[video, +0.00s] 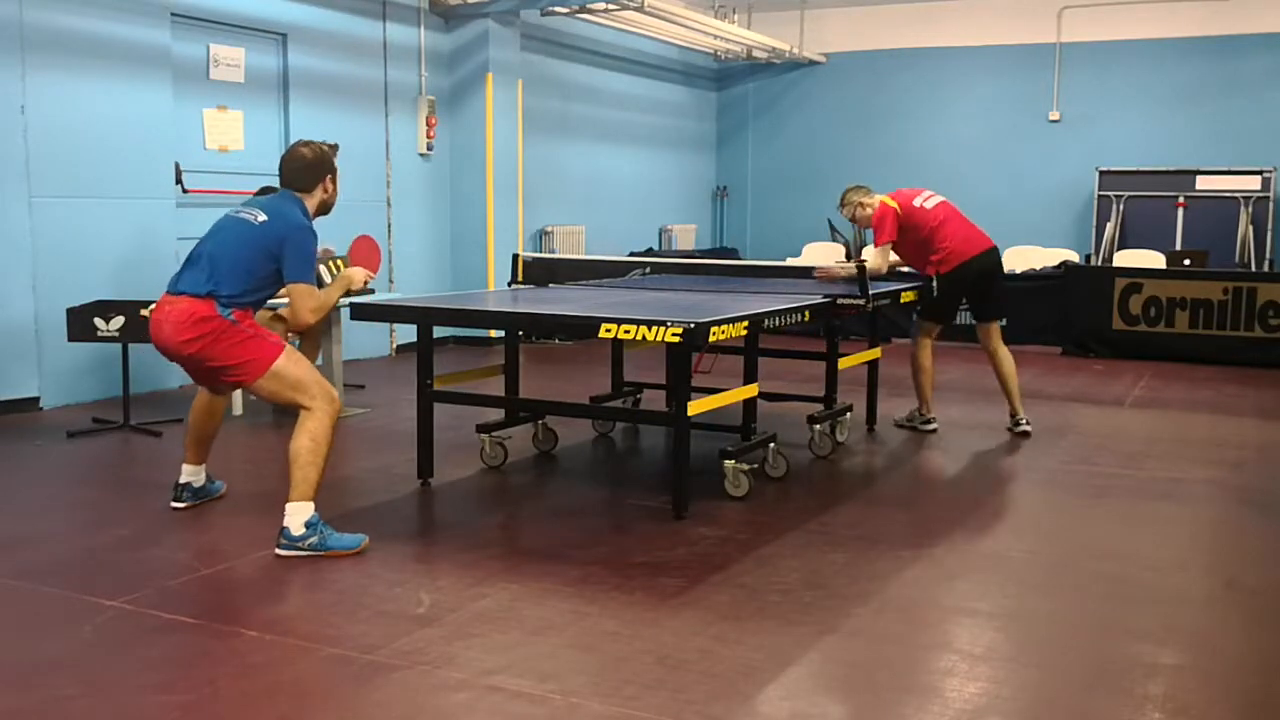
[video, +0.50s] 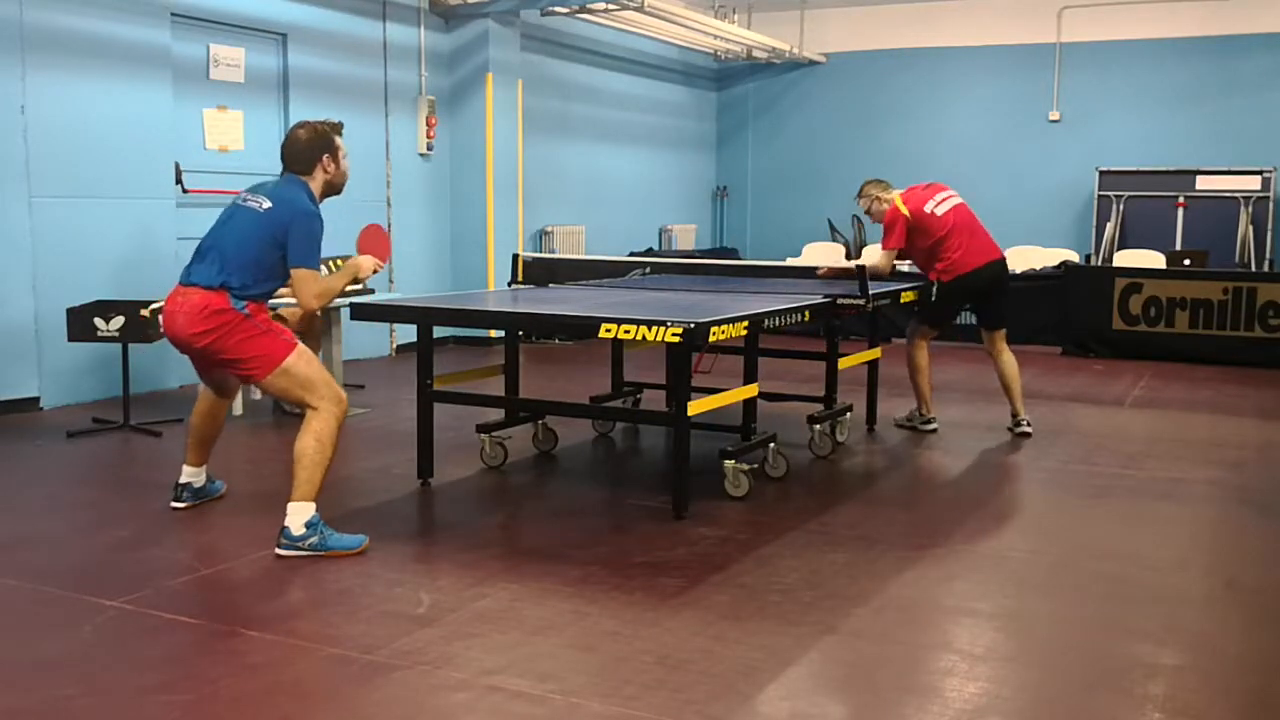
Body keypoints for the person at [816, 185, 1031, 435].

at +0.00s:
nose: (859, 226)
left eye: (855, 218)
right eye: (854, 222)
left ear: (863, 203)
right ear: (871, 196)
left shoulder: (884, 208)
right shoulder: (909, 196)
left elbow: (879, 267)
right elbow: (915, 254)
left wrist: (842, 272)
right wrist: (879, 263)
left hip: (952, 266)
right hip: (987, 254)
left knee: (923, 336)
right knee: (994, 341)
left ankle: (925, 412)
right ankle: (1019, 415)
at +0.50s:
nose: (873, 219)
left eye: (870, 212)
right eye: (868, 214)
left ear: (882, 197)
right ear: (889, 191)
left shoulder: (896, 210)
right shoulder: (931, 188)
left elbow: (882, 269)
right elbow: (925, 249)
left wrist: (844, 271)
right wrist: (892, 254)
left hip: (955, 276)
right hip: (994, 266)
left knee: (918, 338)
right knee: (998, 345)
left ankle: (924, 414)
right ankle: (1021, 417)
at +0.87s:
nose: (898, 173)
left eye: (899, 165)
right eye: (896, 167)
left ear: (915, 158)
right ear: (924, 155)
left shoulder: (918, 182)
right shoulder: (972, 161)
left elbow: (889, 225)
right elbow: (1014, 183)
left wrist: (861, 203)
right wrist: (980, 191)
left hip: (960, 269)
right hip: (999, 262)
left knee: (924, 336)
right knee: (1003, 342)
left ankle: (925, 412)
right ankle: (1021, 417)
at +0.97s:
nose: (905, 163)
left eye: (907, 156)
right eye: (904, 157)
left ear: (924, 151)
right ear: (933, 150)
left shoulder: (922, 177)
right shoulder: (979, 158)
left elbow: (887, 214)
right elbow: (1021, 179)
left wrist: (869, 188)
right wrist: (988, 184)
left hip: (962, 267)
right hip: (1002, 261)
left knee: (926, 335)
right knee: (1005, 341)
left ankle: (925, 412)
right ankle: (1021, 417)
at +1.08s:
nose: (909, 162)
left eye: (912, 155)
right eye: (909, 156)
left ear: (929, 151)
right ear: (939, 150)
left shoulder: (925, 178)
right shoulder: (982, 159)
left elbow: (888, 211)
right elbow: (1027, 176)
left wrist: (874, 190)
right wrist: (995, 180)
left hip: (963, 267)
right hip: (1003, 262)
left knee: (925, 335)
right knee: (1006, 341)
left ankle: (925, 412)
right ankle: (1021, 417)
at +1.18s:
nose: (909, 172)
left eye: (910, 164)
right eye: (907, 165)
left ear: (927, 159)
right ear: (937, 158)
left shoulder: (924, 186)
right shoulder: (980, 165)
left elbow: (894, 220)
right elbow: (1030, 171)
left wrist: (879, 207)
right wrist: (1000, 177)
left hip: (964, 273)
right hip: (1003, 267)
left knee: (919, 336)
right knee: (1001, 346)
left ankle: (925, 412)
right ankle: (1020, 417)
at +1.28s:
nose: (899, 188)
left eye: (901, 180)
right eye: (898, 181)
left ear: (918, 176)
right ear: (929, 175)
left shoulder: (924, 198)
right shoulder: (975, 180)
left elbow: (907, 230)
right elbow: (1016, 174)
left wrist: (893, 232)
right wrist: (977, 176)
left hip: (964, 286)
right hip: (998, 279)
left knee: (909, 335)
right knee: (991, 354)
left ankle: (923, 409)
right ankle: (1017, 415)